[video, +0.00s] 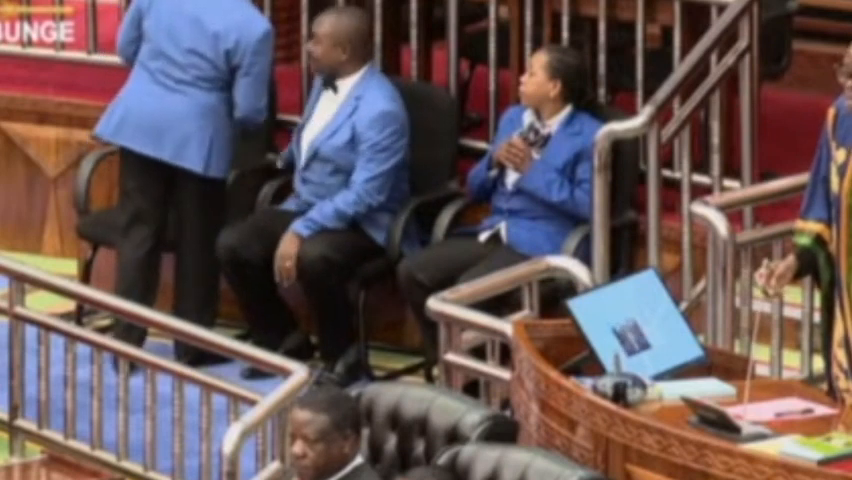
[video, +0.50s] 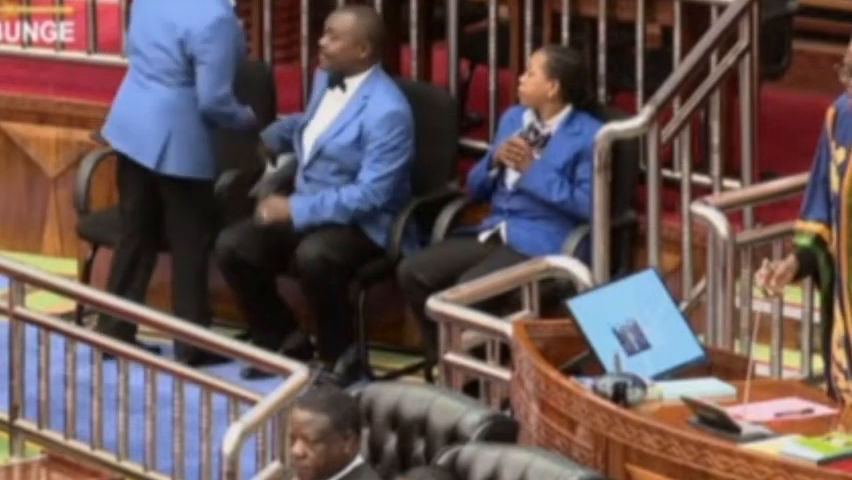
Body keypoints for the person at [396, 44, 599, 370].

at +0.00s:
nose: (521, 80)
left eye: (530, 75)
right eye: (524, 72)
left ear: (554, 88)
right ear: (551, 87)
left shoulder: (590, 135)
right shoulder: (513, 119)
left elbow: (589, 207)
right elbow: (475, 189)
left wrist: (530, 171)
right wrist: (495, 163)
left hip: (538, 250)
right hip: (494, 238)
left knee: (461, 298)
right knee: (413, 271)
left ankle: (483, 380)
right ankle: (448, 365)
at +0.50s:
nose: (520, 79)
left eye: (529, 74)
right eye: (524, 72)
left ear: (552, 87)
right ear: (550, 87)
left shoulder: (590, 135)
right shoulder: (513, 119)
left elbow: (590, 207)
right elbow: (475, 189)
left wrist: (530, 171)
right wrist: (495, 163)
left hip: (539, 250)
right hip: (494, 237)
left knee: (462, 297)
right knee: (414, 271)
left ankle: (483, 380)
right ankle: (448, 365)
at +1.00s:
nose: (520, 80)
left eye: (529, 75)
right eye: (523, 73)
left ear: (552, 88)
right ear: (550, 87)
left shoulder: (589, 135)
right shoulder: (513, 119)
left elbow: (590, 207)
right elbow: (475, 189)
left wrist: (530, 171)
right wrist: (495, 163)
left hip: (538, 250)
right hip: (494, 237)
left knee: (462, 297)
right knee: (414, 271)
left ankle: (482, 380)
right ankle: (446, 365)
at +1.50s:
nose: (519, 81)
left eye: (528, 76)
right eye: (523, 73)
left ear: (552, 89)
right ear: (549, 88)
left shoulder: (589, 135)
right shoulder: (512, 120)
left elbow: (590, 206)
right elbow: (475, 190)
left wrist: (529, 172)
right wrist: (494, 164)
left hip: (539, 251)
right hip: (494, 236)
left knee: (462, 296)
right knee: (414, 271)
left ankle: (482, 381)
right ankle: (445, 366)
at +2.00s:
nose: (519, 83)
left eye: (528, 78)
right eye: (522, 75)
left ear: (552, 90)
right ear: (549, 89)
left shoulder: (589, 135)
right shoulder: (512, 120)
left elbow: (590, 206)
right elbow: (475, 190)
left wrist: (529, 171)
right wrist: (495, 164)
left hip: (539, 250)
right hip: (494, 236)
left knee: (463, 296)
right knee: (414, 271)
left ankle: (483, 380)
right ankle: (445, 366)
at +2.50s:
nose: (519, 86)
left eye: (527, 80)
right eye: (521, 78)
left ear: (553, 91)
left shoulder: (589, 136)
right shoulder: (512, 120)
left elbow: (590, 207)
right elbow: (475, 190)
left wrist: (530, 172)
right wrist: (494, 165)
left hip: (539, 250)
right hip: (495, 235)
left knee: (463, 296)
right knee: (414, 271)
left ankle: (484, 380)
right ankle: (446, 366)